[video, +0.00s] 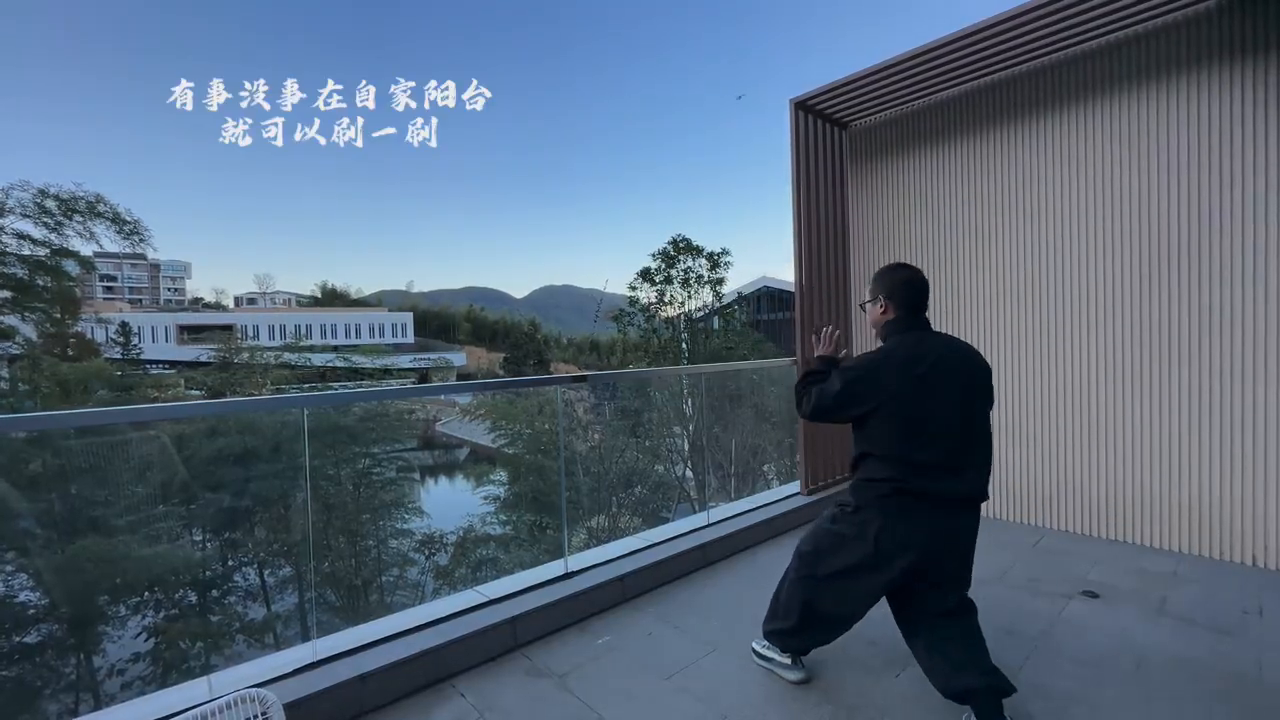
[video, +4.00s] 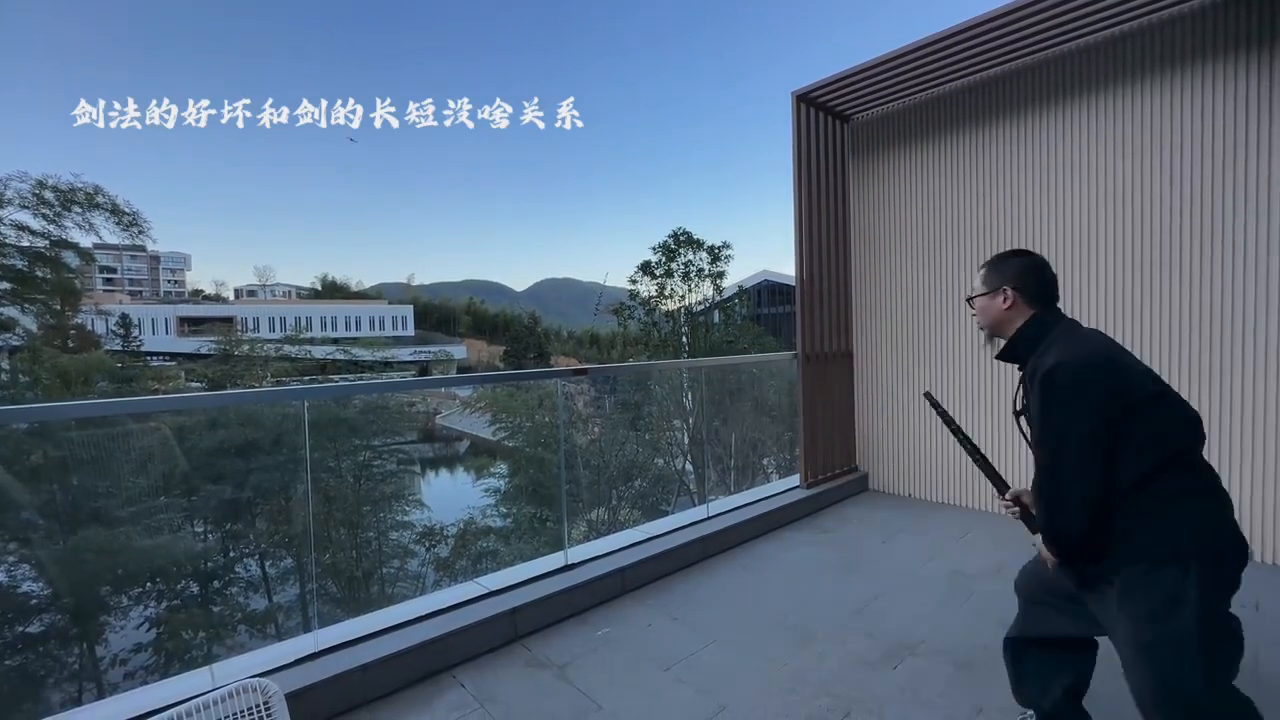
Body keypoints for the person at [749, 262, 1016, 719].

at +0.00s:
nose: (867, 312)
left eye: (870, 303)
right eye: (869, 303)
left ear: (887, 308)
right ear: (921, 307)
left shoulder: (878, 366)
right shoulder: (971, 360)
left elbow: (812, 401)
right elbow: (983, 406)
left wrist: (820, 362)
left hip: (887, 509)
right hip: (955, 514)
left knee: (818, 555)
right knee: (945, 607)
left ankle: (784, 646)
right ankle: (988, 705)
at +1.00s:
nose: (791, 316)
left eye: (794, 309)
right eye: (793, 308)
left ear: (808, 314)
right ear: (843, 313)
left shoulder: (791, 367)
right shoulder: (890, 347)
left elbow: (735, 399)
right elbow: (947, 393)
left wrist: (749, 420)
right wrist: (915, 432)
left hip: (834, 501)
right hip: (904, 496)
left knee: (792, 560)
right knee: (935, 591)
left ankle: (770, 644)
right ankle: (988, 700)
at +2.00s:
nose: (864, 298)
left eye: (870, 290)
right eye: (865, 291)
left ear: (892, 294)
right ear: (900, 298)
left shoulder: (920, 341)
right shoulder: (880, 352)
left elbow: (865, 327)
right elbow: (830, 392)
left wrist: (825, 309)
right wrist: (801, 344)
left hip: (875, 498)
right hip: (916, 501)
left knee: (807, 559)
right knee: (924, 613)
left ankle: (773, 644)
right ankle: (1006, 704)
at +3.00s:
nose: (910, 325)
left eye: (908, 317)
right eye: (909, 317)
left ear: (863, 315)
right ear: (903, 319)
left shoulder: (847, 357)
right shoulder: (881, 357)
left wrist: (911, 440)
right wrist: (904, 439)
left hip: (811, 498)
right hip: (867, 504)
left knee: (812, 560)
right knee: (956, 582)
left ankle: (773, 643)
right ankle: (991, 702)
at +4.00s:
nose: (972, 308)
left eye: (977, 296)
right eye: (973, 298)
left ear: (1007, 299)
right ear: (1015, 300)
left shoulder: (1061, 367)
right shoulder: (1075, 349)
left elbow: (1072, 488)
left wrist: (1058, 546)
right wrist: (1042, 498)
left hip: (1168, 557)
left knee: (1181, 702)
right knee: (1040, 584)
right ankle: (1055, 709)